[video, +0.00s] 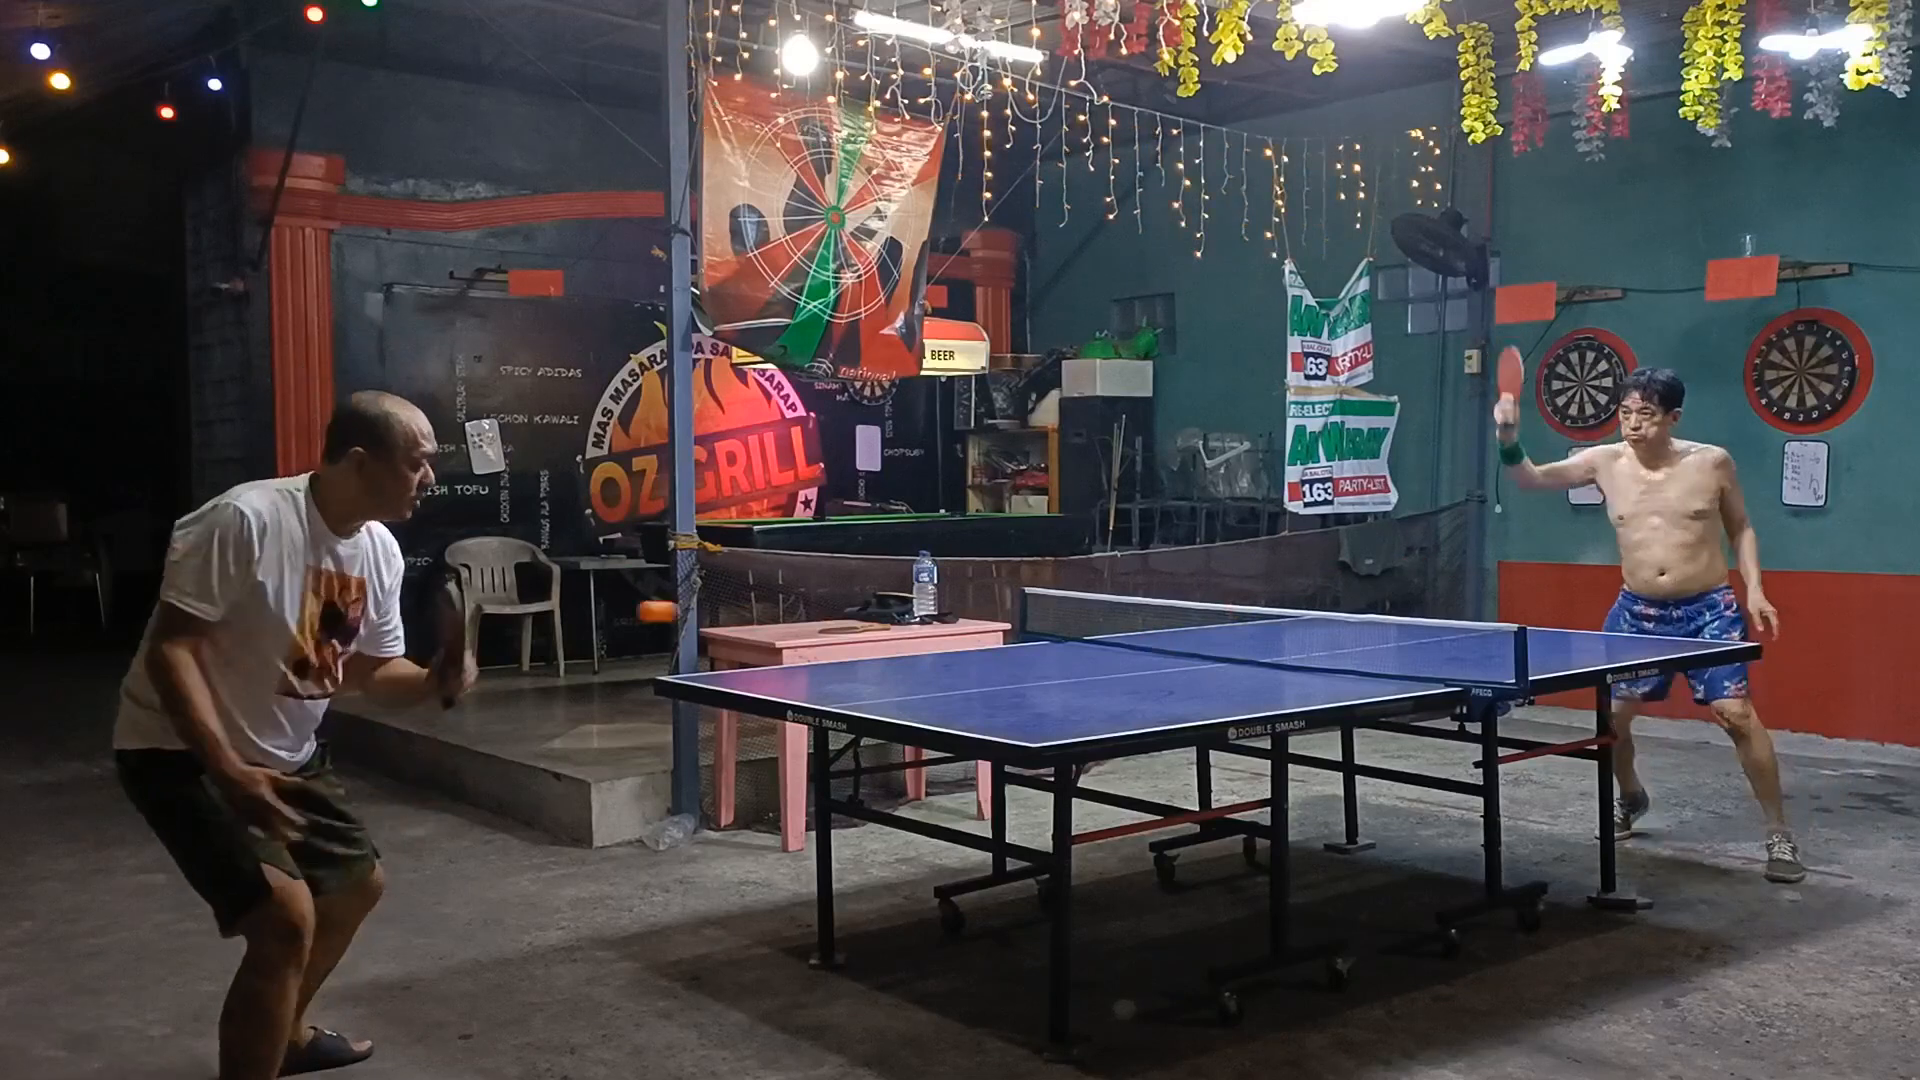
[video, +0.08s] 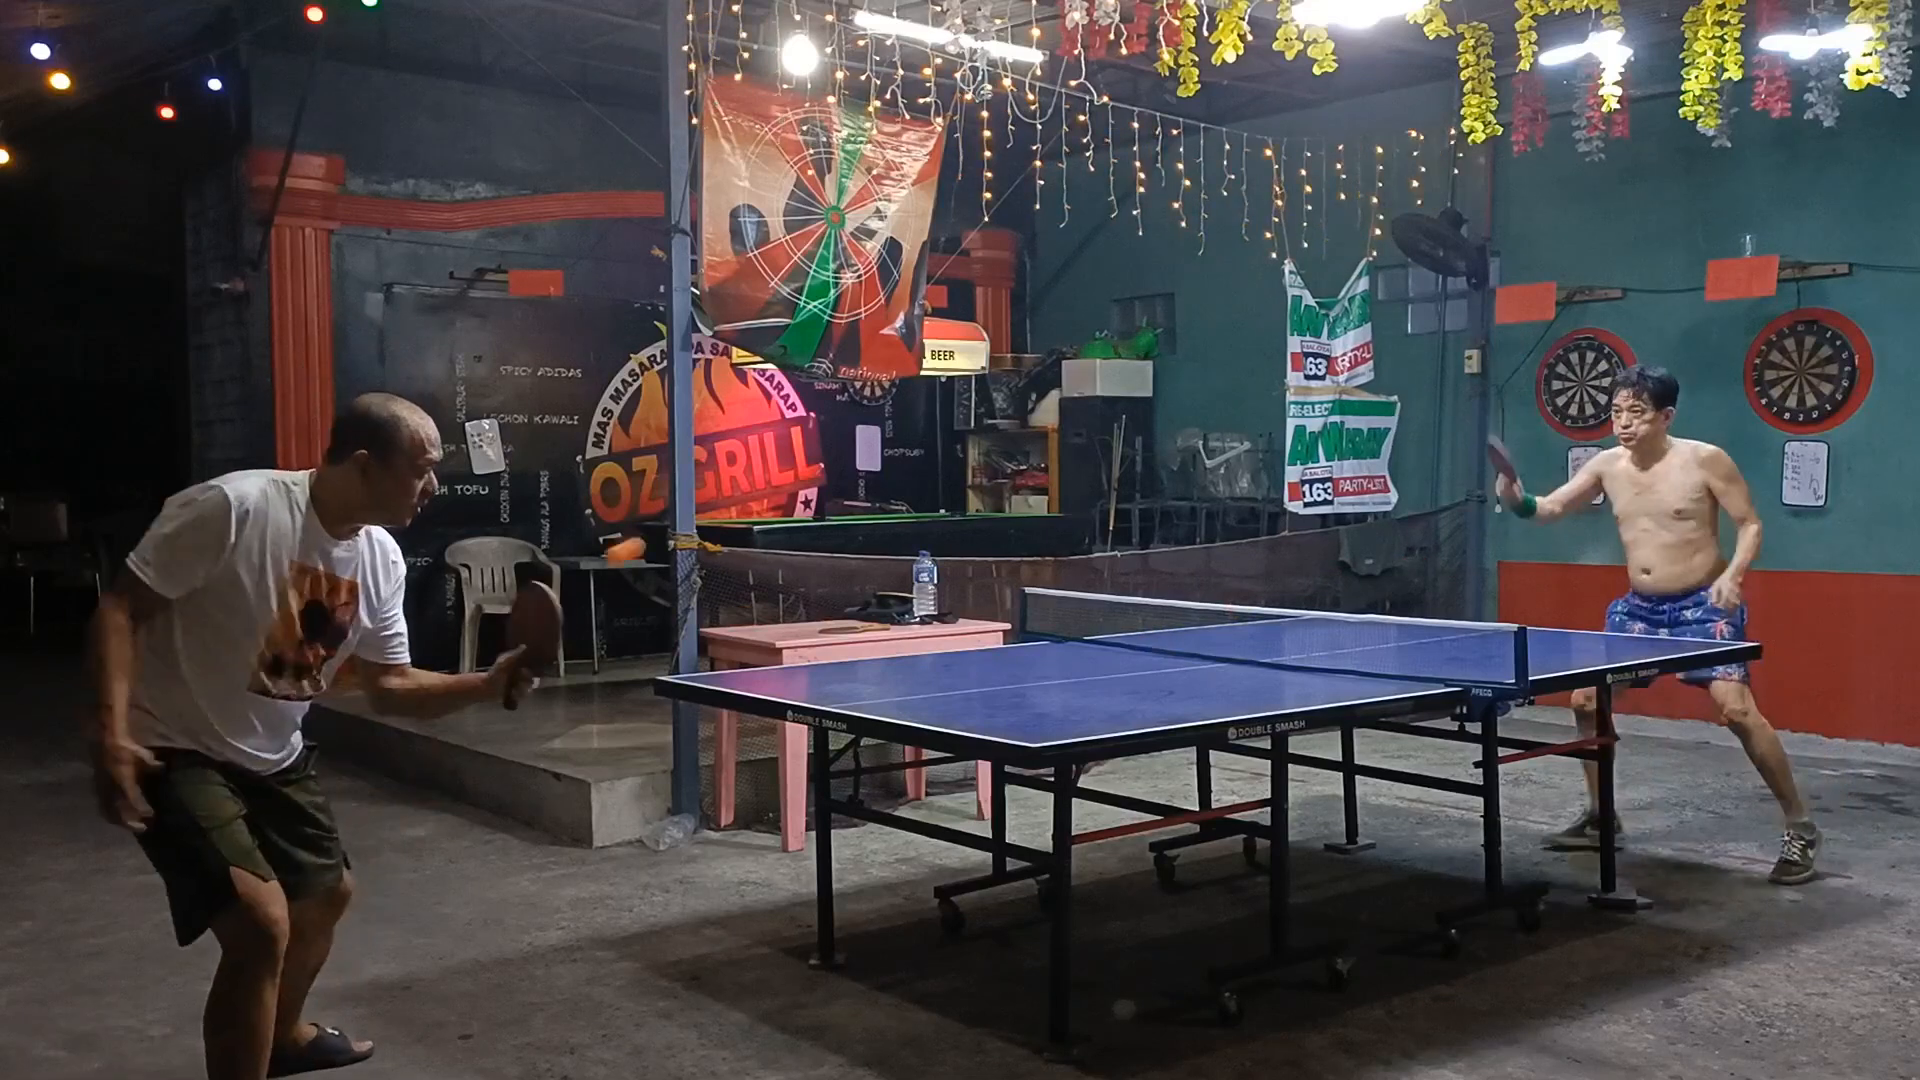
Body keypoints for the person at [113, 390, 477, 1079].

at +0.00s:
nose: (430, 476)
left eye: (430, 461)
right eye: (417, 461)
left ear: (373, 465)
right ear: (359, 460)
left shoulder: (379, 548)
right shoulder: (242, 520)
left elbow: (369, 671)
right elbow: (168, 647)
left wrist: (435, 683)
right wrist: (229, 766)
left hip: (285, 753)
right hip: (181, 752)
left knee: (355, 885)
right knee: (285, 916)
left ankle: (285, 1035)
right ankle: (248, 1070)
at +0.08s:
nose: (432, 489)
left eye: (434, 473)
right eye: (422, 472)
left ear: (369, 465)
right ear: (364, 463)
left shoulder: (379, 556)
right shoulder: (232, 508)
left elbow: (387, 684)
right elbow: (118, 603)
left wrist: (488, 684)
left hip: (276, 753)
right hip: (176, 750)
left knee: (324, 893)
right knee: (260, 922)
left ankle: (281, 1035)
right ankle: (241, 1069)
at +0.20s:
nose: (428, 480)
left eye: (430, 463)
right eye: (419, 460)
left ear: (368, 455)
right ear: (361, 450)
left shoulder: (366, 557)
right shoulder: (225, 493)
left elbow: (356, 684)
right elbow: (78, 566)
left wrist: (475, 693)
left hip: (249, 746)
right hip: (140, 740)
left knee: (296, 890)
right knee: (252, 932)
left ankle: (285, 1033)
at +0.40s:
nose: (385, 432)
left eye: (386, 415)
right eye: (377, 412)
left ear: (323, 411)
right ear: (324, 407)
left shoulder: (301, 507)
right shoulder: (201, 461)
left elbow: (283, 648)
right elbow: (45, 533)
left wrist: (376, 745)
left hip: (194, 727)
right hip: (101, 728)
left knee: (264, 880)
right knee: (228, 921)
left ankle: (168, 1065)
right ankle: (222, 1069)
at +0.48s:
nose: (350, 422)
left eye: (351, 404)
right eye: (342, 402)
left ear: (289, 408)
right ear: (290, 406)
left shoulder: (273, 511)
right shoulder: (172, 473)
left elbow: (264, 652)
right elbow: (28, 566)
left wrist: (324, 771)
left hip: (154, 735)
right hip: (56, 728)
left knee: (228, 914)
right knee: (191, 932)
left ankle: (136, 1068)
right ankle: (146, 1071)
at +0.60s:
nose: (305, 431)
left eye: (303, 414)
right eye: (293, 413)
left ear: (243, 427)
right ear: (245, 425)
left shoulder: (229, 527)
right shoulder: (135, 500)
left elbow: (215, 666)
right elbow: (22, 619)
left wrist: (270, 781)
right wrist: (1, 787)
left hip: (132, 777)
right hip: (46, 775)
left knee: (213, 926)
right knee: (144, 974)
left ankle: (128, 1068)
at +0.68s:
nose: (250, 433)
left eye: (248, 416)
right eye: (241, 415)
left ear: (190, 429)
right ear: (189, 426)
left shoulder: (163, 521)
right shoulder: (93, 509)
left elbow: (141, 677)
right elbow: (18, 654)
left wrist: (196, 760)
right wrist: (75, 821)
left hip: (124, 806)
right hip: (36, 816)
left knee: (196, 942)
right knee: (65, 1036)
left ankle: (125, 1075)